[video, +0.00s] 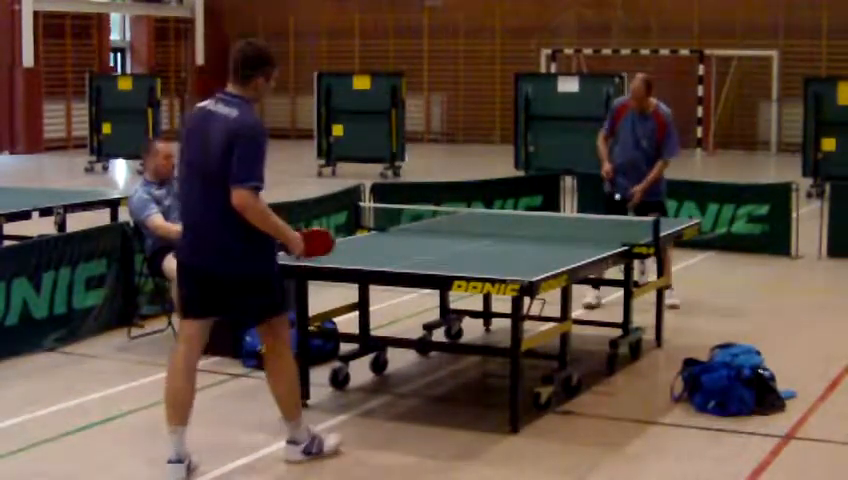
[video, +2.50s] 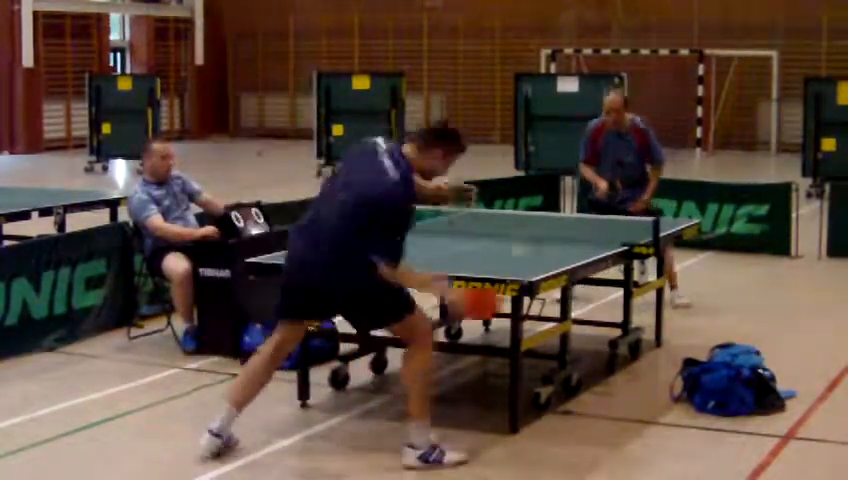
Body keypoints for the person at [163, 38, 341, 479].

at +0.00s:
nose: (271, 85)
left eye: (270, 78)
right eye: (271, 79)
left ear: (231, 72)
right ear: (263, 79)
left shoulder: (197, 115)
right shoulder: (248, 124)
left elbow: (188, 185)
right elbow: (244, 197)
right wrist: (287, 235)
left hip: (196, 253)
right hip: (245, 255)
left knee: (188, 345)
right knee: (276, 337)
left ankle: (176, 454)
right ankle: (300, 438)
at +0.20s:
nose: (318, 104)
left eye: (318, 97)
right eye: (318, 98)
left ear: (282, 87)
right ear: (311, 96)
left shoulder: (239, 118)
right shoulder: (291, 139)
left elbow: (226, 182)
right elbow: (292, 212)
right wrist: (322, 251)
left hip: (213, 246)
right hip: (264, 252)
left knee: (211, 339)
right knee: (289, 340)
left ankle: (178, 440)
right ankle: (300, 437)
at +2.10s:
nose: (324, 109)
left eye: (324, 102)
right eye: (325, 103)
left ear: (288, 98)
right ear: (315, 101)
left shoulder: (251, 135)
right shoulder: (306, 141)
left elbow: (236, 197)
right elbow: (321, 212)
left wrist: (282, 219)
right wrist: (363, 225)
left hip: (239, 251)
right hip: (285, 254)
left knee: (242, 339)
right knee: (343, 334)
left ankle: (211, 435)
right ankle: (350, 441)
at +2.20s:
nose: (351, 112)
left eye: (351, 104)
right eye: (350, 104)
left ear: (314, 99)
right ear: (339, 104)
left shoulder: (281, 132)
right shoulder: (314, 144)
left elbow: (290, 197)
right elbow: (310, 214)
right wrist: (357, 252)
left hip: (248, 257)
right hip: (289, 262)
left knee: (252, 342)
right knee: (360, 329)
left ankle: (212, 433)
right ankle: (378, 440)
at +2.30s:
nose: (381, 134)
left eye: (382, 127)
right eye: (380, 126)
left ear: (351, 118)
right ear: (364, 123)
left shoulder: (319, 141)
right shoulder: (332, 159)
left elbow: (351, 204)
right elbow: (297, 222)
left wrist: (400, 208)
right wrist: (332, 277)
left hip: (261, 264)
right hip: (290, 272)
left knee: (266, 347)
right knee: (373, 335)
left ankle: (215, 432)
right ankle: (411, 439)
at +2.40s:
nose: (417, 158)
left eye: (419, 150)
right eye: (417, 150)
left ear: (389, 139)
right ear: (402, 145)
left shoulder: (358, 155)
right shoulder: (355, 175)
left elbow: (391, 189)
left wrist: (438, 200)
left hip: (284, 267)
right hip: (321, 269)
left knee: (271, 353)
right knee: (401, 336)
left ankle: (215, 435)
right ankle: (421, 444)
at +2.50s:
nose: (444, 171)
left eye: (449, 164)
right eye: (447, 163)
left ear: (419, 142)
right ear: (436, 155)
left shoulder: (371, 147)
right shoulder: (397, 194)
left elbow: (396, 179)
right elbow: (386, 268)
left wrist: (423, 190)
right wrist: (429, 282)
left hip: (303, 260)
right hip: (349, 274)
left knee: (282, 340)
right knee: (420, 332)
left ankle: (219, 429)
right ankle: (420, 444)